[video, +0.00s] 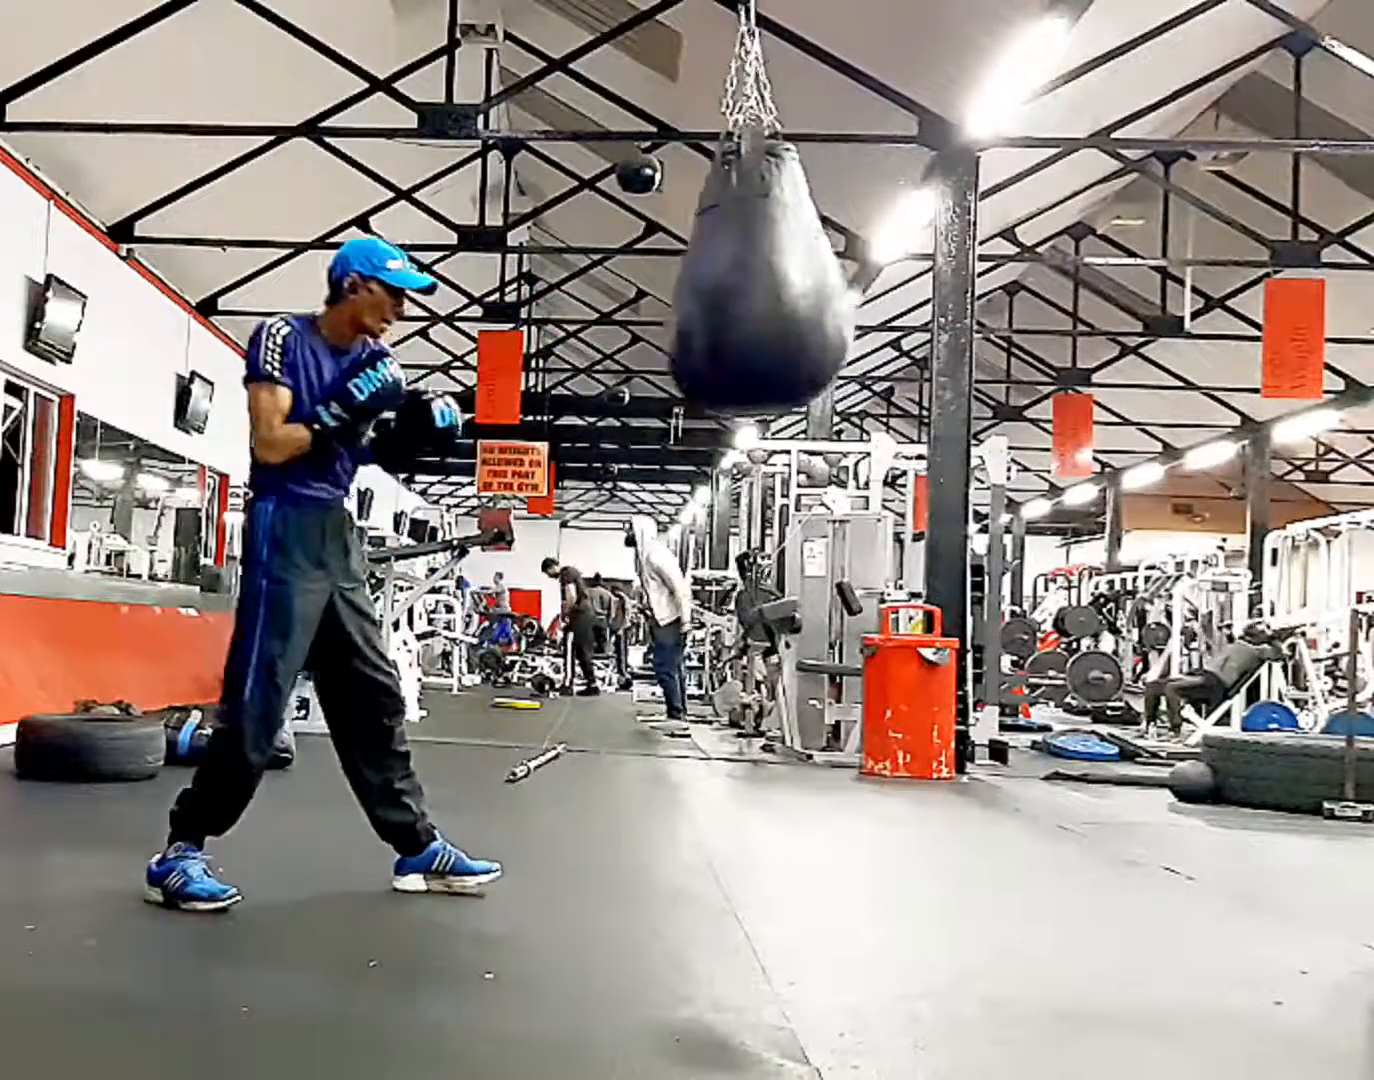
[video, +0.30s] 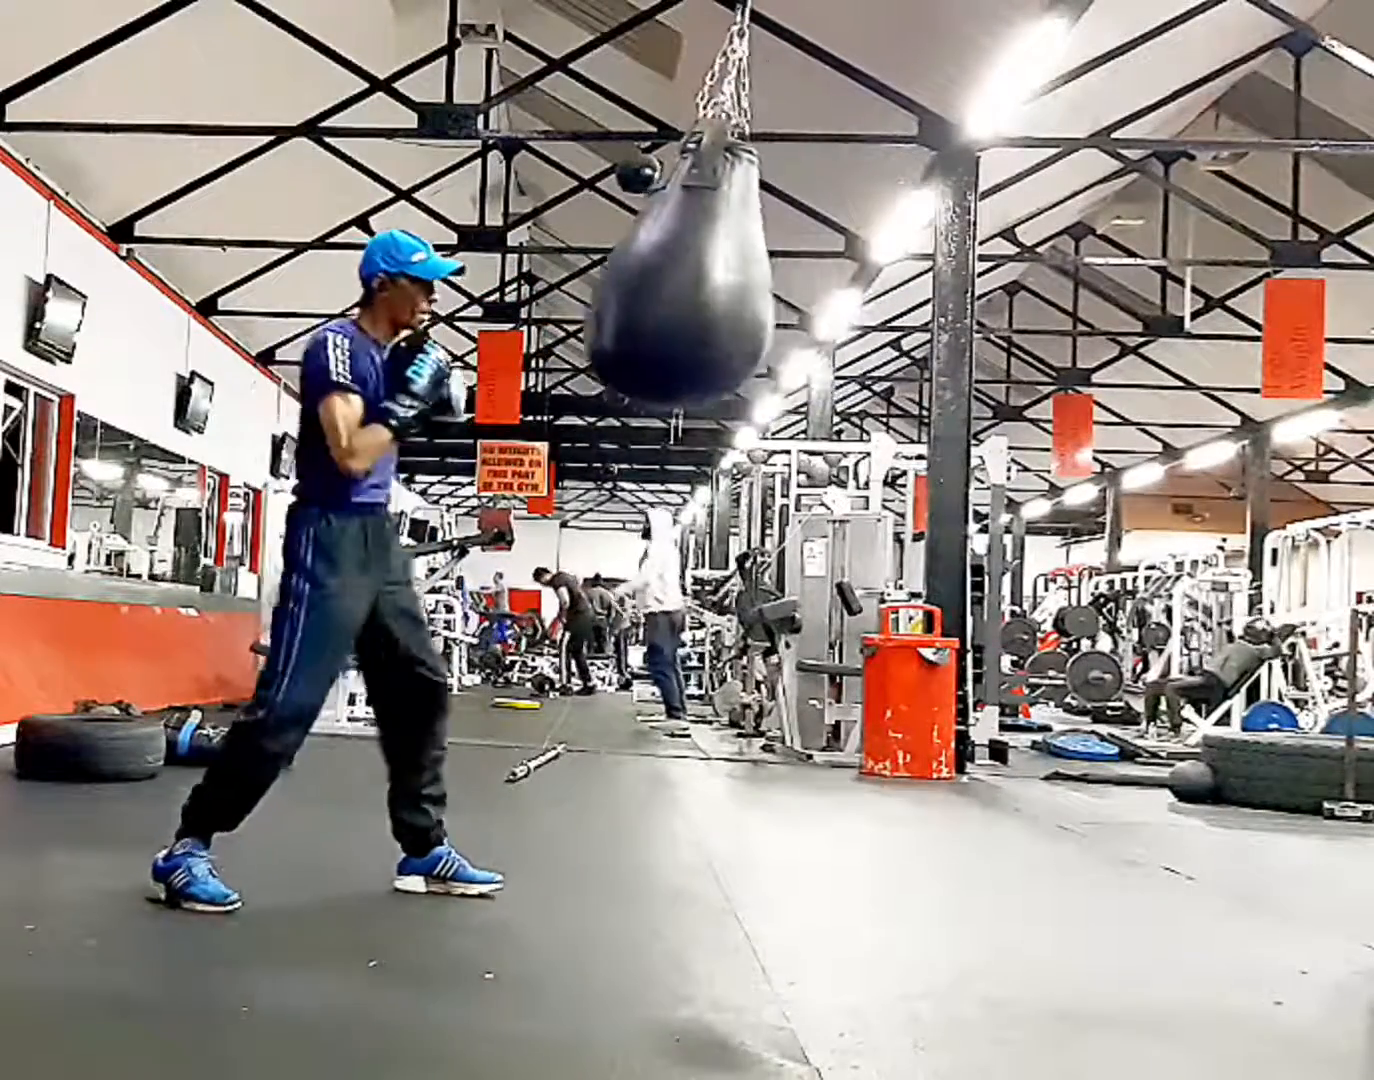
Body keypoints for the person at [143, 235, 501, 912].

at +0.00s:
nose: (395, 318)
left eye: (400, 307)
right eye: (389, 302)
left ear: (374, 299)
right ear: (352, 288)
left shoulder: (370, 364)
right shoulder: (280, 338)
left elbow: (385, 456)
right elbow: (268, 445)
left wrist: (419, 437)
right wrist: (347, 414)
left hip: (337, 536)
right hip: (284, 533)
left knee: (370, 699)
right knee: (257, 705)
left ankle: (417, 848)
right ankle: (179, 852)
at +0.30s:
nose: (429, 302)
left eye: (431, 291)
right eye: (421, 288)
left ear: (407, 292)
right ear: (383, 284)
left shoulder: (393, 358)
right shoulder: (333, 345)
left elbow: (380, 446)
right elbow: (351, 455)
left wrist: (423, 410)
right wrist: (408, 404)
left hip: (380, 539)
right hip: (329, 540)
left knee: (418, 691)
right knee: (285, 709)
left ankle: (424, 851)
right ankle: (186, 850)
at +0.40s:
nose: (425, 303)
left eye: (428, 291)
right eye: (417, 288)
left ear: (414, 291)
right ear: (378, 280)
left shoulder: (409, 348)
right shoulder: (317, 348)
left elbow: (470, 358)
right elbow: (326, 457)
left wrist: (537, 351)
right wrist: (393, 403)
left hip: (402, 539)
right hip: (336, 540)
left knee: (432, 699)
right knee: (291, 702)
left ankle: (429, 850)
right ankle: (200, 849)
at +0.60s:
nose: (402, 311)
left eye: (405, 300)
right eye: (391, 297)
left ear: (396, 302)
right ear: (352, 294)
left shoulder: (404, 358)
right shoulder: (292, 365)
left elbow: (486, 396)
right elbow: (295, 471)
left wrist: (509, 440)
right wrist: (356, 414)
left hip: (387, 552)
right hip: (319, 554)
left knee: (435, 694)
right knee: (279, 707)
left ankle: (427, 851)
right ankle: (198, 850)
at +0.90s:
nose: (415, 342)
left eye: (420, 331)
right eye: (409, 325)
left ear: (401, 326)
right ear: (372, 314)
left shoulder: (394, 377)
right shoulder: (301, 360)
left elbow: (418, 452)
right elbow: (279, 470)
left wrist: (433, 487)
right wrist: (360, 439)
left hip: (363, 551)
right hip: (302, 554)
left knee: (422, 693)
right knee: (268, 705)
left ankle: (426, 850)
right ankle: (193, 852)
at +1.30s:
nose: (418, 339)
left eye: (421, 328)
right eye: (410, 326)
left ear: (405, 328)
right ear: (374, 320)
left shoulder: (399, 393)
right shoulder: (315, 378)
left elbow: (403, 472)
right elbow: (334, 474)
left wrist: (442, 462)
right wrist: (397, 426)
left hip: (394, 565)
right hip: (332, 570)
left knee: (469, 691)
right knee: (297, 722)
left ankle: (444, 835)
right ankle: (214, 843)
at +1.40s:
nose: (425, 337)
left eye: (432, 325)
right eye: (416, 324)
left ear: (432, 326)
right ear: (382, 317)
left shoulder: (436, 378)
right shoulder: (331, 382)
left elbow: (492, 405)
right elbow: (321, 475)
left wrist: (536, 397)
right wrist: (379, 432)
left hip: (423, 569)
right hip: (350, 570)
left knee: (474, 705)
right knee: (288, 711)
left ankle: (479, 828)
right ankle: (216, 841)